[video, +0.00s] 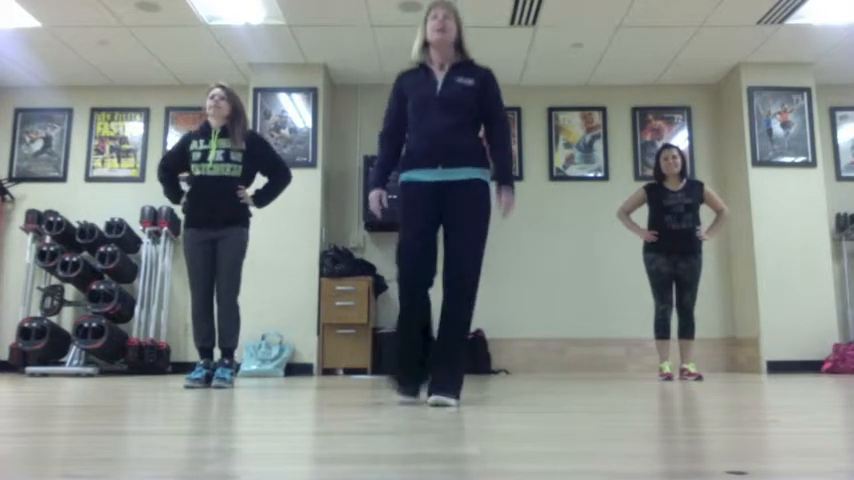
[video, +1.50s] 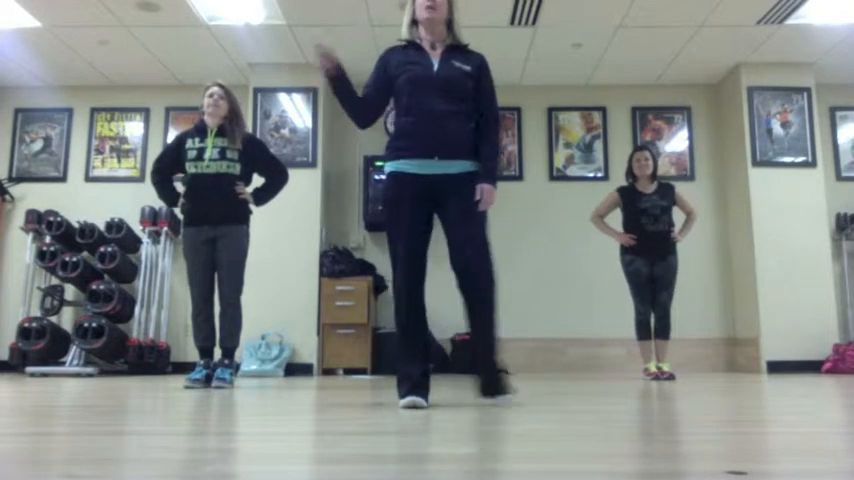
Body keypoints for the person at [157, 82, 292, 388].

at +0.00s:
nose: (214, 101)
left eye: (221, 98)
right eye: (211, 97)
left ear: (233, 107)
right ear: (204, 105)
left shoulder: (250, 141)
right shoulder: (193, 139)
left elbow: (283, 174)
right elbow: (165, 168)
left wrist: (257, 198)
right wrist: (178, 197)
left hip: (232, 227)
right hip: (197, 226)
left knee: (227, 294)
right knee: (200, 295)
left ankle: (226, 362)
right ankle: (205, 362)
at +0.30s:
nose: (217, 102)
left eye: (224, 100)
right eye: (214, 98)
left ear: (234, 111)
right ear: (206, 107)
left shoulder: (247, 144)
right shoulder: (189, 139)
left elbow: (282, 174)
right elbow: (161, 170)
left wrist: (258, 197)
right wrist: (178, 199)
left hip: (234, 226)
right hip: (198, 225)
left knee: (230, 295)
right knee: (201, 295)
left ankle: (227, 363)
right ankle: (205, 362)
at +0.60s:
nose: (217, 100)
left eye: (224, 98)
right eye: (214, 96)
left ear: (234, 109)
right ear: (206, 104)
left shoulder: (247, 143)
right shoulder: (189, 137)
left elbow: (281, 173)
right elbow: (164, 168)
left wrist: (257, 196)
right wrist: (179, 198)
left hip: (234, 226)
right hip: (198, 225)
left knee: (232, 293)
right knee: (202, 294)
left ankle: (227, 362)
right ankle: (205, 361)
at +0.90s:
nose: (215, 100)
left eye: (222, 97)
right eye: (211, 96)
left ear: (232, 107)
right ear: (204, 104)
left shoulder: (249, 141)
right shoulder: (191, 139)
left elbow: (281, 174)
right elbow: (162, 169)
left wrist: (256, 197)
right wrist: (177, 197)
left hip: (232, 226)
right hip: (195, 226)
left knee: (228, 295)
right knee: (199, 296)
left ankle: (227, 363)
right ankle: (205, 362)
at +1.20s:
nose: (215, 101)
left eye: (221, 98)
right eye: (211, 96)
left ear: (231, 108)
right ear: (203, 104)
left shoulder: (246, 142)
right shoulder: (188, 140)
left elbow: (280, 174)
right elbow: (159, 170)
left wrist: (256, 197)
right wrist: (175, 199)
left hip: (232, 227)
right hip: (195, 226)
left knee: (228, 294)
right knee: (199, 296)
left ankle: (227, 362)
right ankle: (205, 362)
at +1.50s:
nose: (213, 100)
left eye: (220, 97)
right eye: (209, 96)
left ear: (230, 107)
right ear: (202, 104)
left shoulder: (245, 142)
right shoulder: (187, 140)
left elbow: (280, 174)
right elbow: (159, 171)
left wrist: (256, 196)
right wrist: (175, 199)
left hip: (232, 227)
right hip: (196, 226)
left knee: (229, 295)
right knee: (200, 297)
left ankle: (227, 362)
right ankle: (205, 361)